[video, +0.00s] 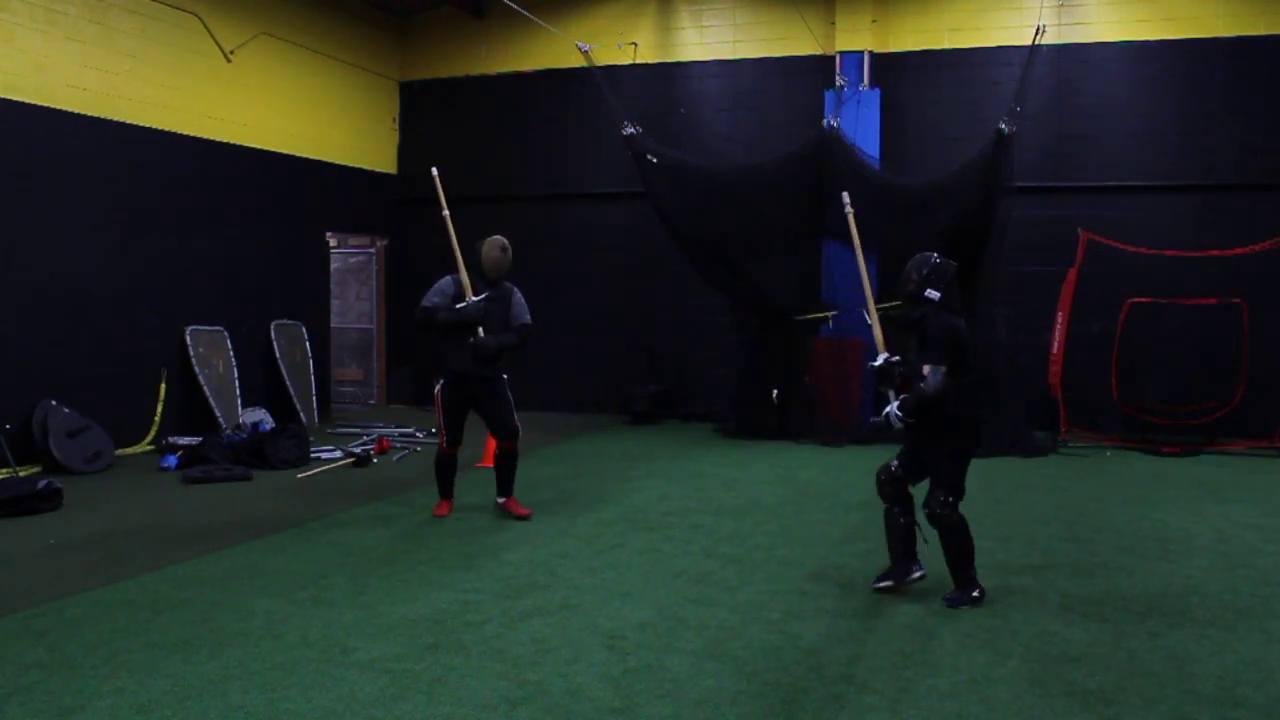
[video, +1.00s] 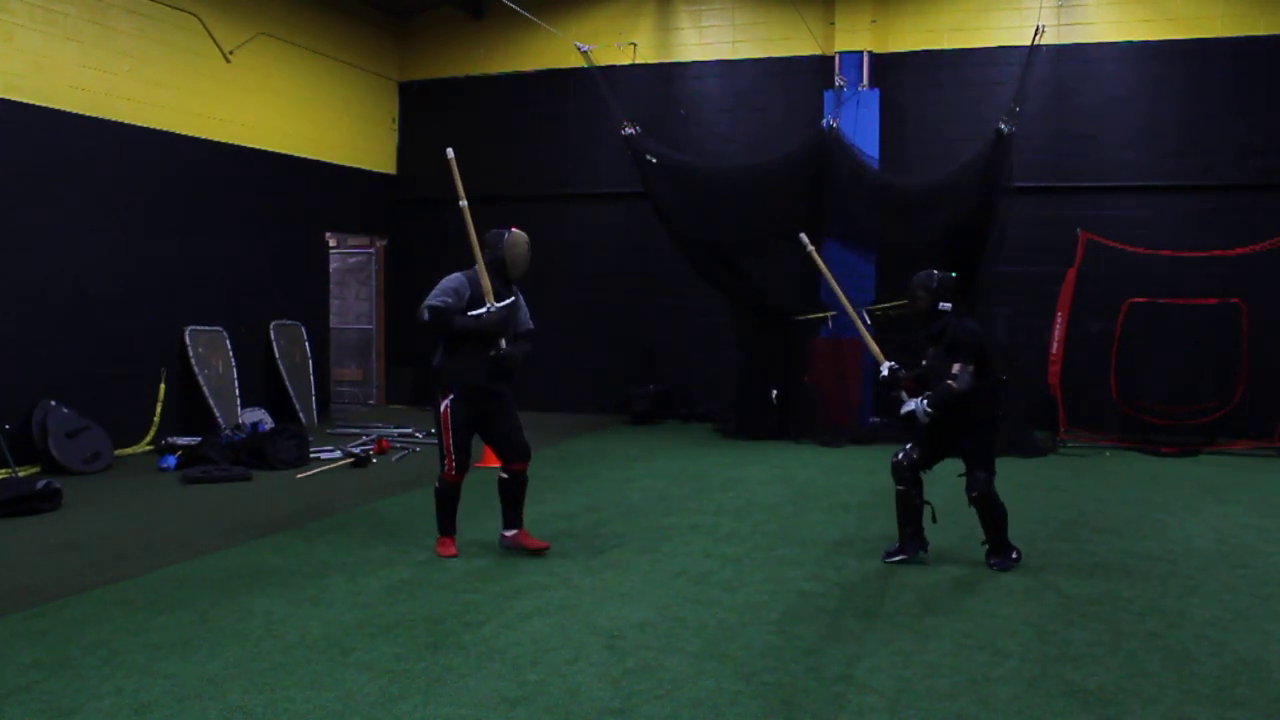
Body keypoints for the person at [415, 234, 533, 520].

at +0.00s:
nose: (498, 264)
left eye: (503, 260)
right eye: (493, 258)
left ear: (507, 264)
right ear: (481, 258)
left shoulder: (510, 294)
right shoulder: (453, 285)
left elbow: (523, 332)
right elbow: (426, 314)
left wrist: (493, 342)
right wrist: (463, 313)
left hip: (491, 378)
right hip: (454, 376)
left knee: (508, 434)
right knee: (449, 441)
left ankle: (504, 497)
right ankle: (445, 499)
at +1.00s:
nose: (521, 260)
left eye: (523, 253)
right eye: (515, 252)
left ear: (516, 257)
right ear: (496, 252)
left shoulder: (511, 295)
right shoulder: (460, 283)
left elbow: (526, 337)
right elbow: (431, 315)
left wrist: (511, 354)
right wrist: (482, 322)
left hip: (493, 388)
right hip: (455, 388)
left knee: (517, 456)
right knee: (455, 464)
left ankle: (512, 531)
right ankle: (446, 536)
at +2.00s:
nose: (538, 285)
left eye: (539, 277)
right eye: (533, 276)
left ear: (514, 275)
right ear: (515, 274)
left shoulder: (514, 317)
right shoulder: (482, 303)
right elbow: (456, 341)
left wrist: (517, 391)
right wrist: (509, 357)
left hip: (474, 417)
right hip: (443, 415)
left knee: (508, 481)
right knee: (427, 501)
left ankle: (483, 560)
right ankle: (380, 582)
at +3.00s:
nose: (572, 268)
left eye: (569, 262)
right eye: (571, 262)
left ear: (530, 256)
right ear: (564, 263)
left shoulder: (508, 283)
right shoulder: (557, 295)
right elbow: (605, 323)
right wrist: (651, 324)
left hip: (472, 400)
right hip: (501, 404)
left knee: (504, 482)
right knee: (549, 483)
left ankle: (485, 564)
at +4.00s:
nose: (542, 263)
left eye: (539, 257)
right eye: (534, 258)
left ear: (509, 269)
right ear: (517, 267)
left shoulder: (536, 303)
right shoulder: (499, 318)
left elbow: (562, 321)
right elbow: (519, 374)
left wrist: (583, 330)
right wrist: (565, 343)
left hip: (521, 414)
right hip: (522, 417)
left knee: (539, 485)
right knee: (591, 472)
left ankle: (504, 556)